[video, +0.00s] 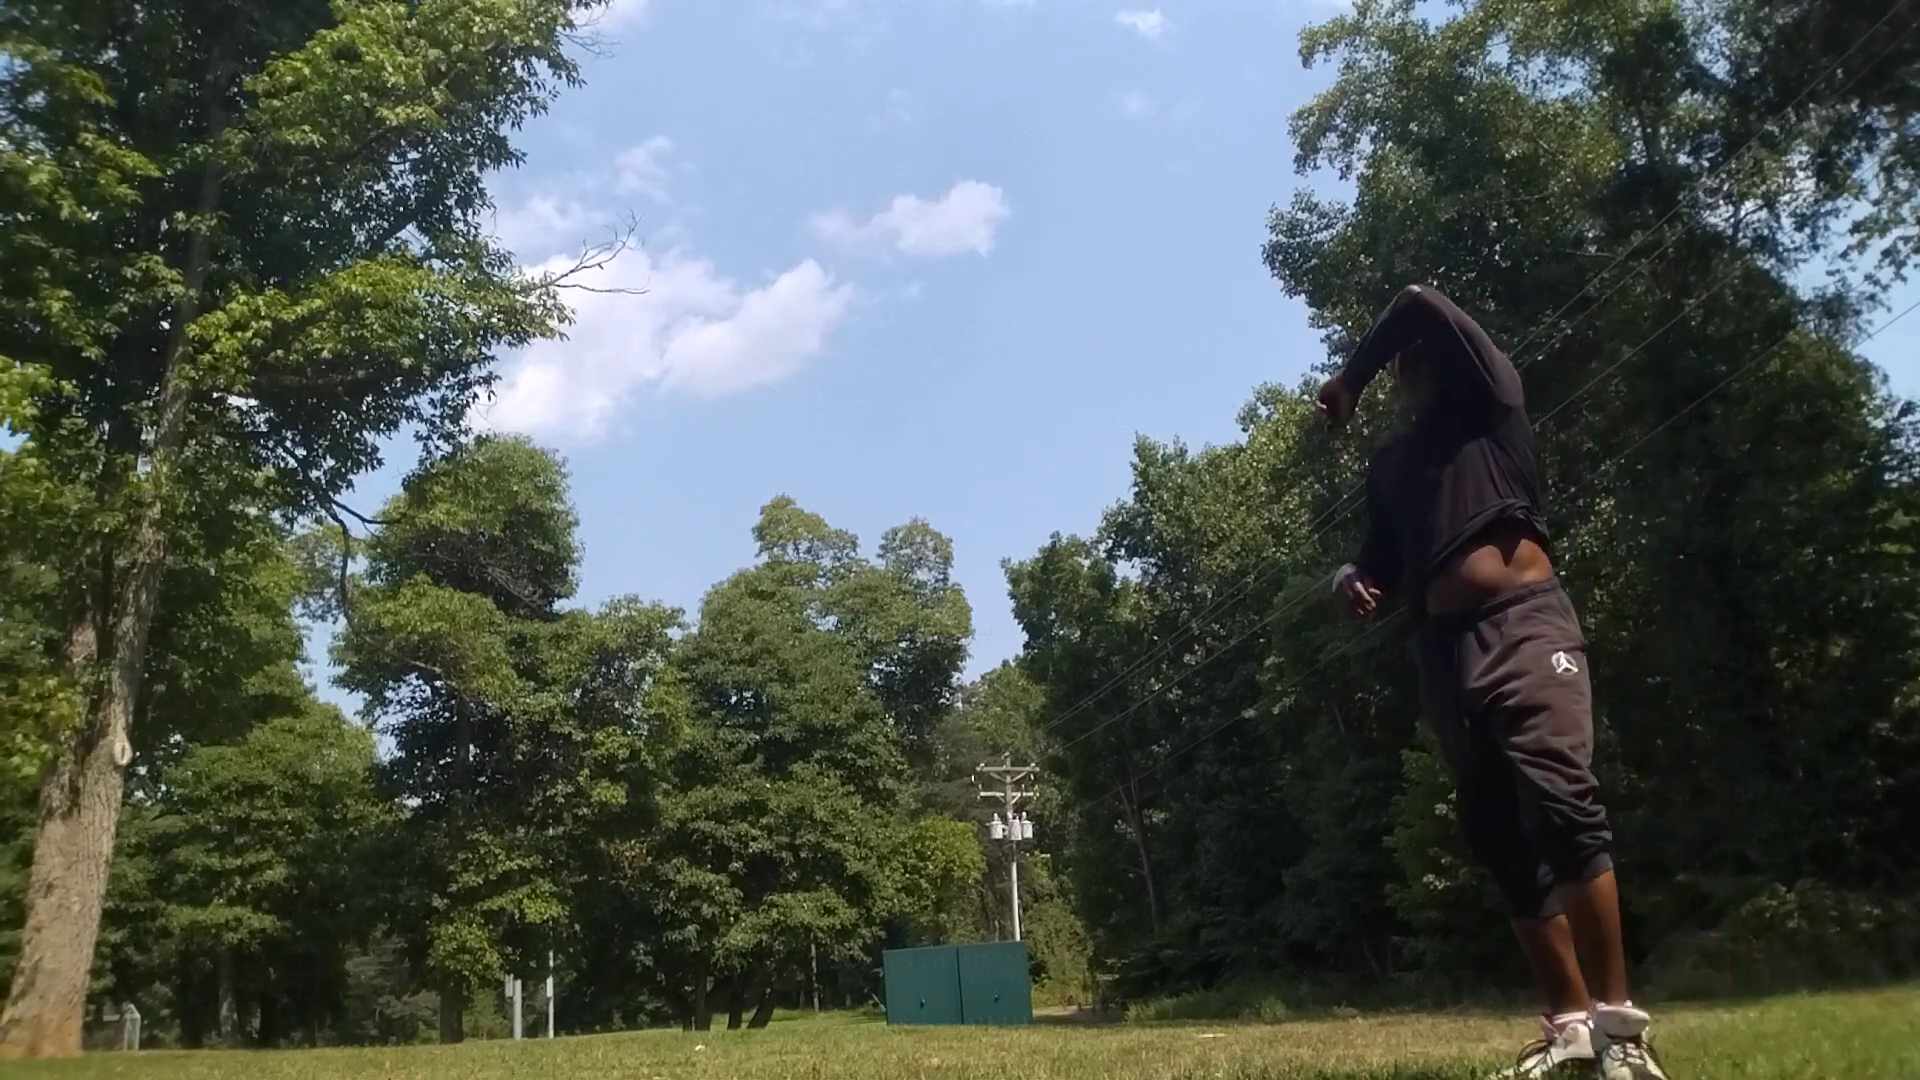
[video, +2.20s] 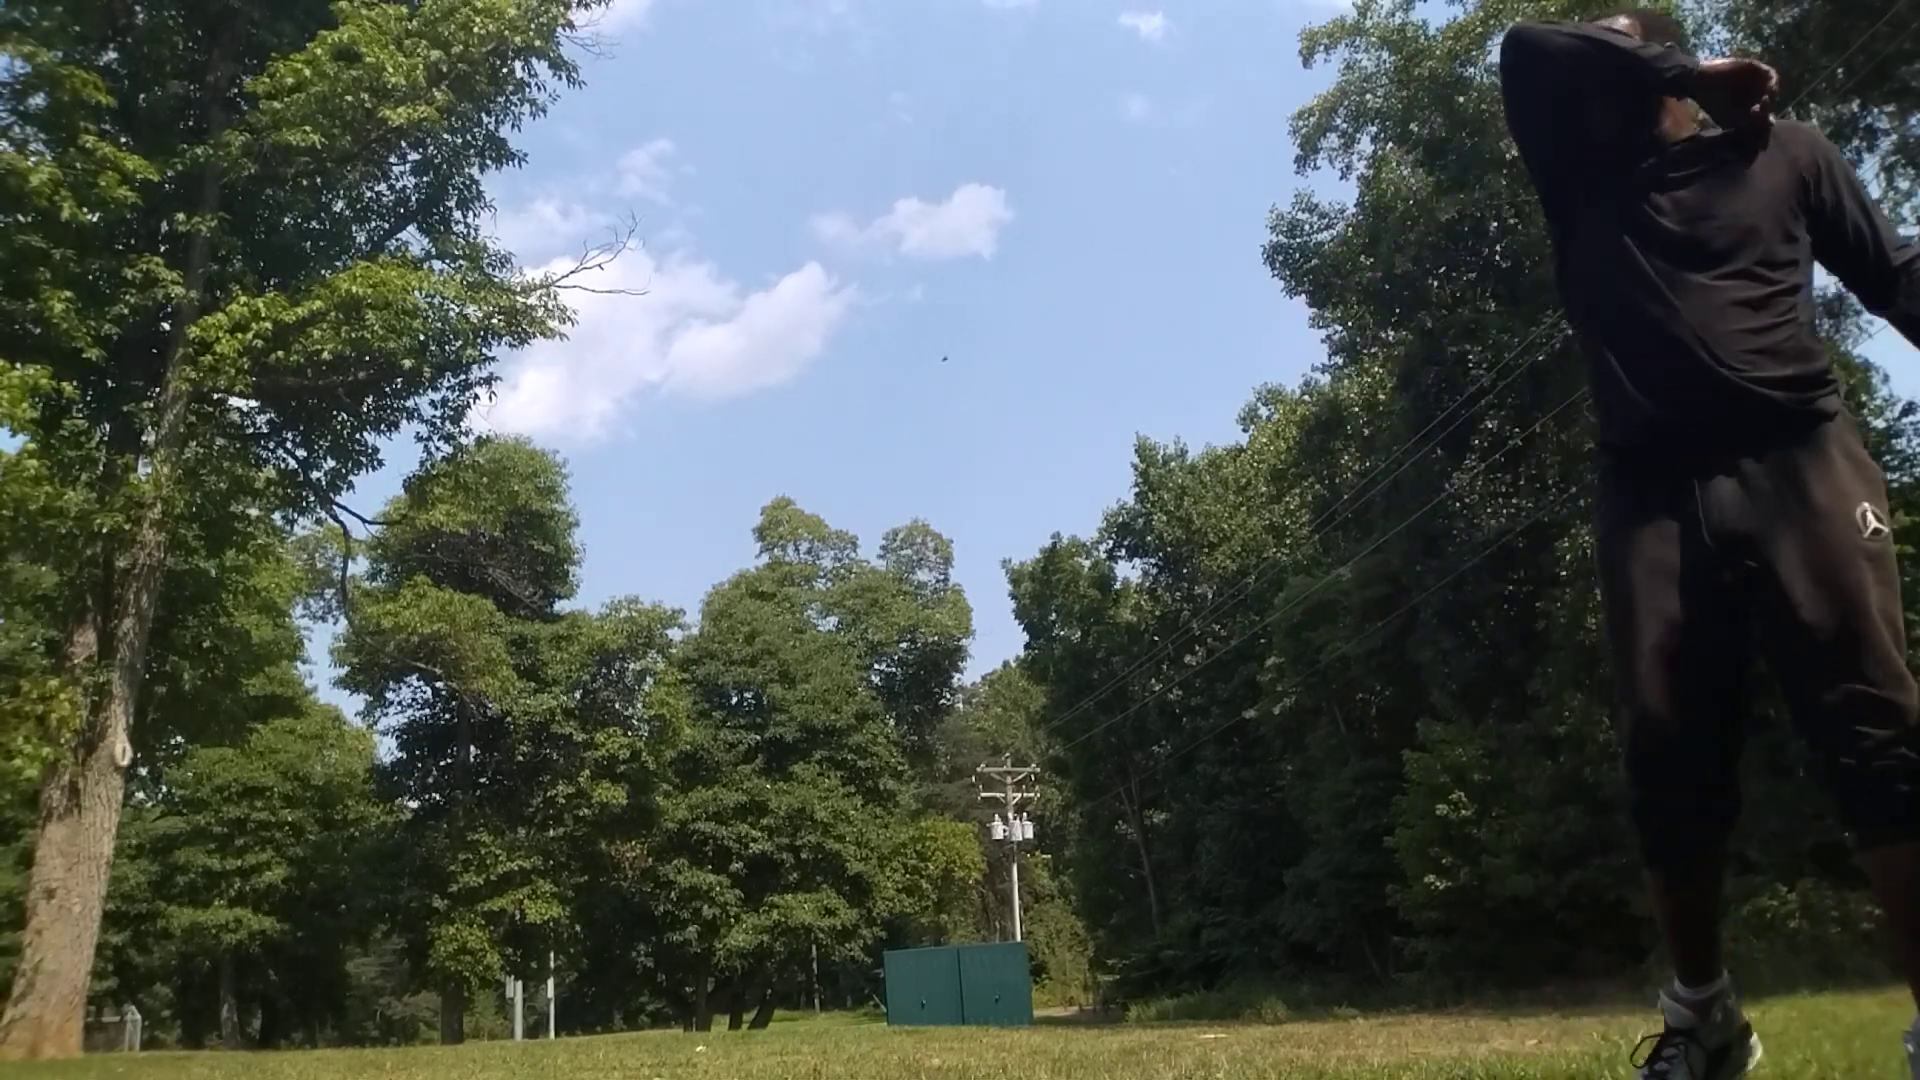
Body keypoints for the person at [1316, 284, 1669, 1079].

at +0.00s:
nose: (1401, 365)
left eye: (1413, 349)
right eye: (1397, 358)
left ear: (1445, 354)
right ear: (1402, 375)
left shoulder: (1490, 396)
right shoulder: (1388, 464)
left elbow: (1416, 300)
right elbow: (1379, 566)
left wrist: (1350, 375)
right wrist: (1354, 583)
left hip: (1527, 615)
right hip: (1447, 645)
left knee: (1563, 801)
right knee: (1498, 828)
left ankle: (1618, 1021)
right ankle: (1568, 1024)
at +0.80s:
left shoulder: (1583, 328)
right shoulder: (1444, 377)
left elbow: (1571, 225)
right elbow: (1413, 477)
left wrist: (1467, 302)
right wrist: (1390, 490)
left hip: (1582, 581)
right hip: (1473, 592)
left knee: (1597, 809)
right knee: (1482, 806)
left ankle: (1610, 1035)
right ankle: (1514, 1030)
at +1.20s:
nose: (1505, 256)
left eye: (1523, 238)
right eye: (1492, 243)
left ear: (1563, 244)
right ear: (1476, 252)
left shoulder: (1617, 303)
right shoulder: (1443, 341)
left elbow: (1710, 214)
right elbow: (1324, 418)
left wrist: (1566, 246)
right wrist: (1353, 338)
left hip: (1621, 574)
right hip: (1515, 586)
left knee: (1626, 798)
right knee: (1597, 799)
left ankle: (1613, 1019)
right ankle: (1669, 1036)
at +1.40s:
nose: (1490, 212)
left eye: (1505, 194)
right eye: (1474, 202)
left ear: (1549, 200)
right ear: (1461, 222)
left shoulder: (1630, 276)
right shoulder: (1434, 310)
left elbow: (1785, 310)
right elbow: (1296, 335)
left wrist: (1724, 317)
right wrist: (1384, 251)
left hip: (1639, 557)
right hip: (1523, 574)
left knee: (1697, 782)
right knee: (1595, 797)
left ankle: (1607, 976)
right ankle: (1669, 1031)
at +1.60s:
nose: (1503, 181)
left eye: (1514, 163)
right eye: (1485, 173)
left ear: (1555, 173)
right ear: (1469, 198)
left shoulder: (1639, 257)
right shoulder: (1442, 275)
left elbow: (1722, 360)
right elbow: (1318, 217)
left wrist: (1793, 427)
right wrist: (1438, 169)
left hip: (1660, 531)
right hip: (1534, 553)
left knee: (1751, 755)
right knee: (1594, 788)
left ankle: (1749, 992)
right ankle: (1667, 1028)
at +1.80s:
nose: (1513, 157)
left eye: (1528, 139)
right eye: (1502, 147)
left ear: (1574, 149)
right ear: (1487, 173)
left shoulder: (1666, 233)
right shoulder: (1477, 248)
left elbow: (1753, 363)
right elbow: (1416, 112)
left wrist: (1845, 485)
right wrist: (1568, 105)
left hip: (1690, 516)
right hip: (1556, 542)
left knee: (1793, 749)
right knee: (1618, 791)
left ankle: (1902, 1005)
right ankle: (1673, 1033)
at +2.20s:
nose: (1601, 55)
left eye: (1616, 44)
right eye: (1588, 49)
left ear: (1670, 61)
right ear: (1582, 83)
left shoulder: (1787, 148)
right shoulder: (1584, 166)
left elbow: (1896, 274)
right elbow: (1524, 52)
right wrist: (1686, 69)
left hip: (1801, 455)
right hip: (1651, 484)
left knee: (1878, 726)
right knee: (1662, 740)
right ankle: (1702, 1014)